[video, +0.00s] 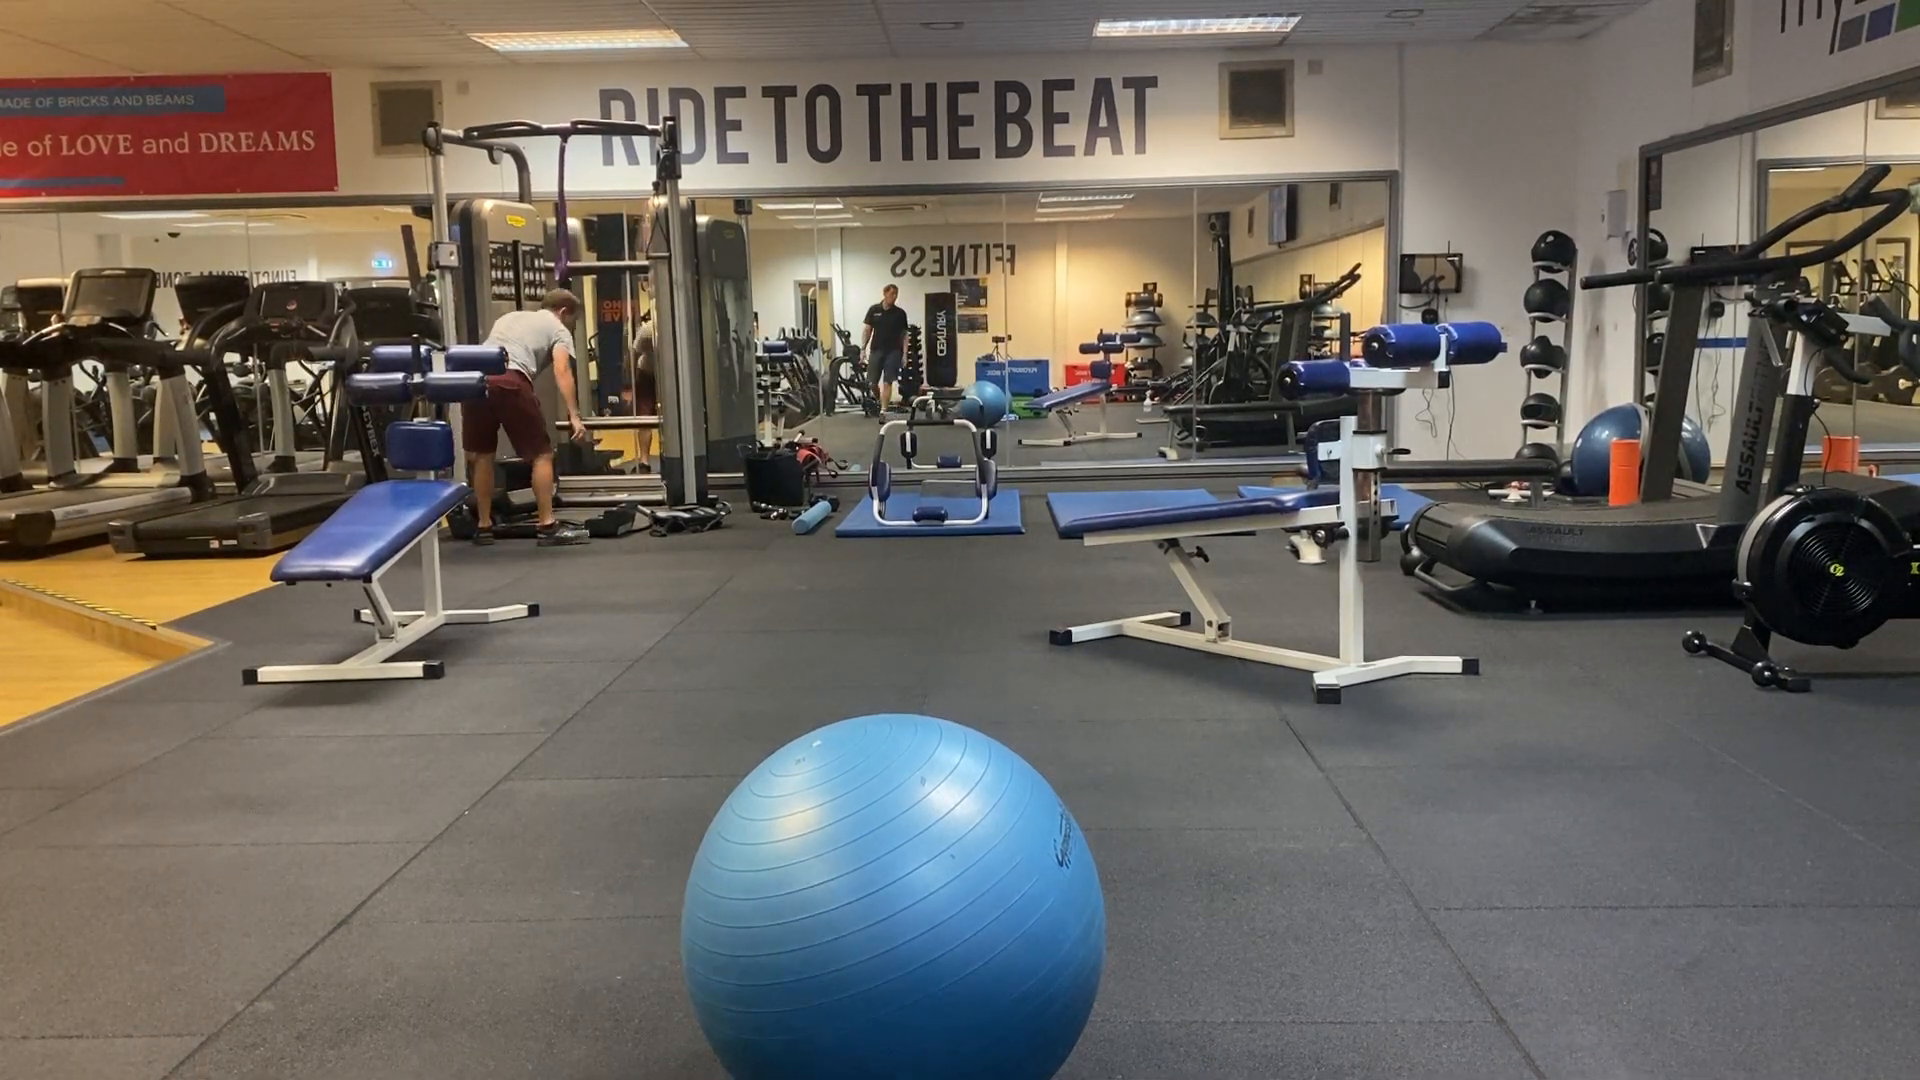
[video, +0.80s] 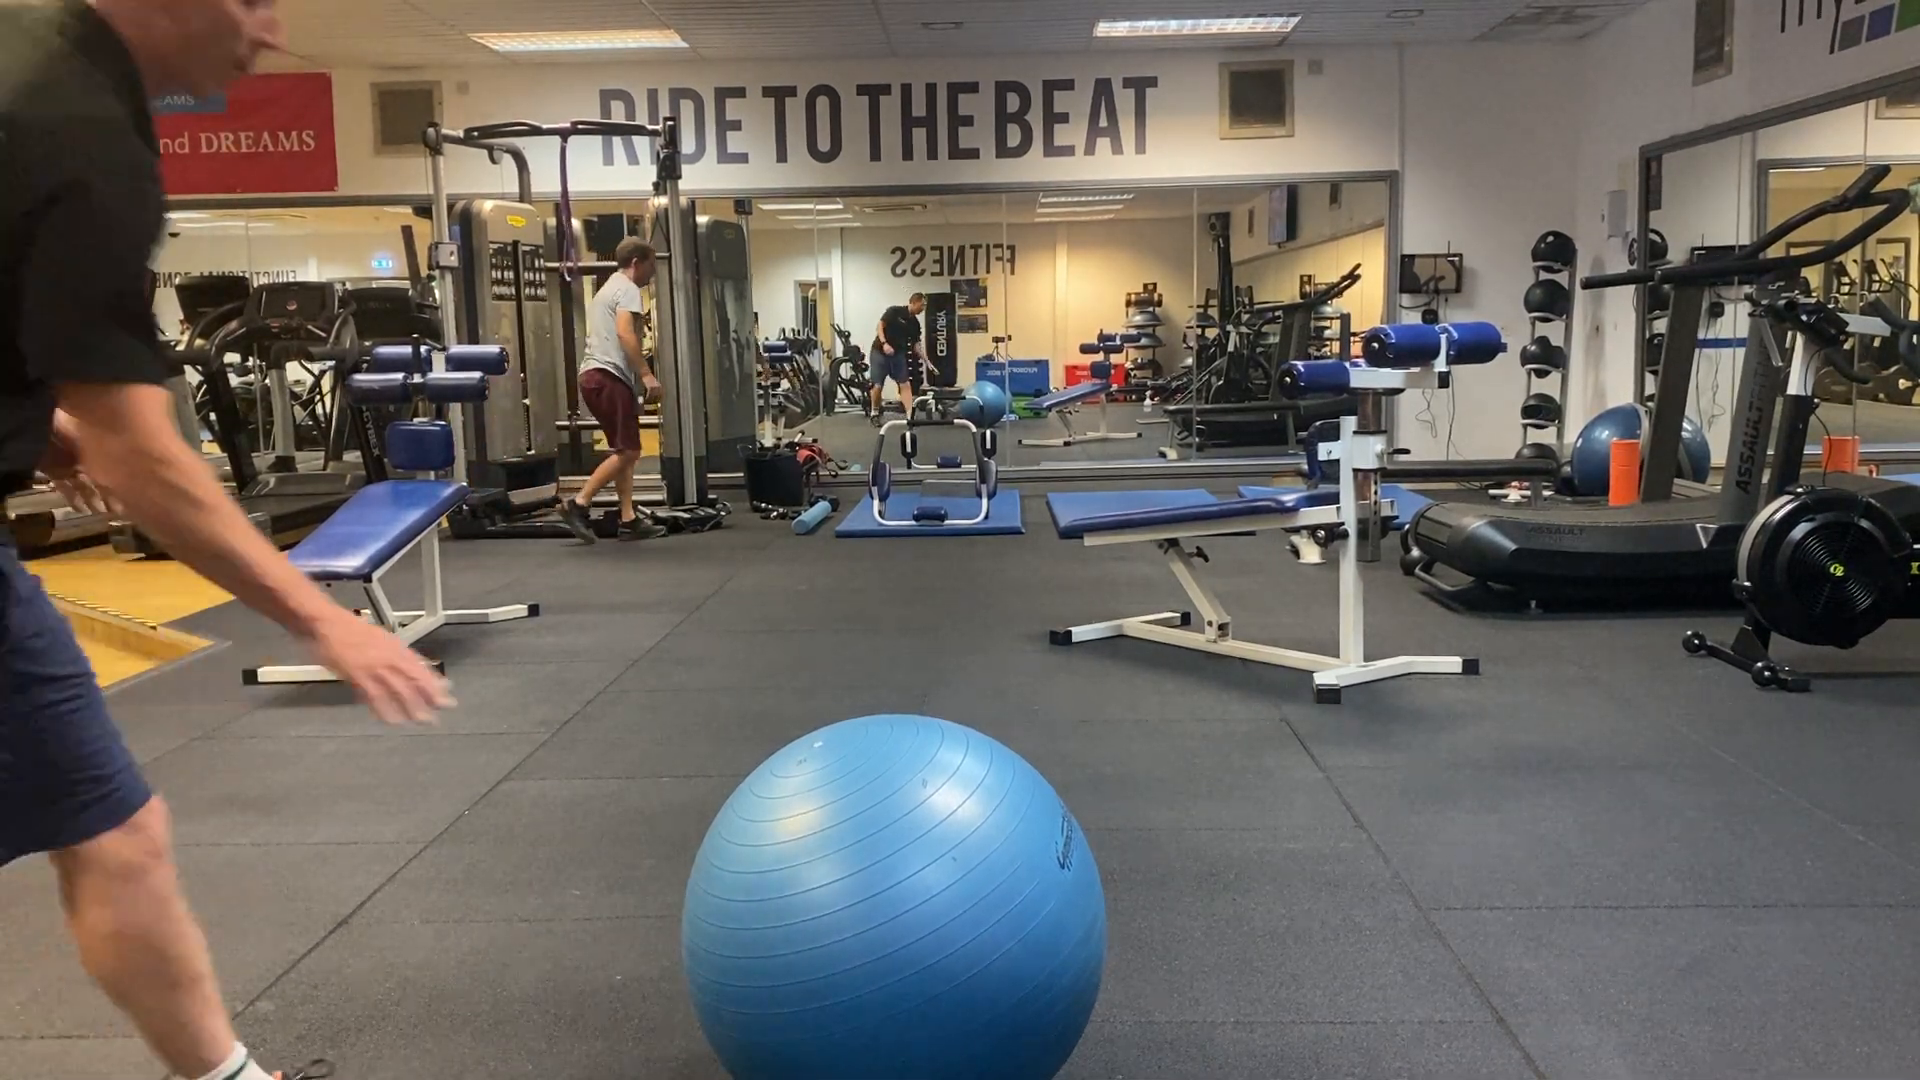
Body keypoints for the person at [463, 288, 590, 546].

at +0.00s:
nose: (571, 326)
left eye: (573, 321)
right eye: (572, 320)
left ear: (545, 308)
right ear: (563, 311)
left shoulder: (508, 317)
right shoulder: (558, 329)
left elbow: (486, 350)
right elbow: (562, 372)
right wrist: (574, 415)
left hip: (476, 381)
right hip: (511, 383)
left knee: (483, 456)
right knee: (541, 455)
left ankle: (483, 526)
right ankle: (547, 525)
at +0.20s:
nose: (598, 303)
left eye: (600, 297)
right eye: (598, 296)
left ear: (570, 289)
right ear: (586, 292)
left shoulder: (534, 306)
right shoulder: (581, 315)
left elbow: (508, 350)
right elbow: (574, 360)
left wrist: (496, 399)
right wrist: (577, 407)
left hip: (505, 381)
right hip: (537, 382)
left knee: (513, 454)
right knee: (555, 456)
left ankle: (492, 520)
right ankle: (549, 526)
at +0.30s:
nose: (607, 295)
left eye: (608, 289)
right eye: (606, 288)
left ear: (577, 282)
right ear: (594, 284)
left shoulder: (545, 301)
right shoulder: (589, 310)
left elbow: (527, 347)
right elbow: (581, 359)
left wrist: (515, 402)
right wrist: (585, 402)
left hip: (514, 378)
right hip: (542, 378)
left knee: (539, 450)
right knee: (560, 454)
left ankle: (514, 510)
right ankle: (550, 525)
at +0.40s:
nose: (615, 288)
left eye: (616, 282)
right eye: (614, 281)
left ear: (583, 276)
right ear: (599, 277)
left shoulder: (554, 298)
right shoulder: (594, 303)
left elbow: (546, 345)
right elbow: (591, 354)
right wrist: (597, 399)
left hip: (527, 376)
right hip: (550, 377)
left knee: (580, 443)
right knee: (563, 454)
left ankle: (551, 508)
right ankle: (550, 526)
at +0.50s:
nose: (622, 283)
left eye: (622, 276)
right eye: (621, 276)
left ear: (592, 272)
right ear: (606, 273)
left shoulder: (566, 296)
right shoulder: (601, 299)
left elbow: (558, 342)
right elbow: (600, 349)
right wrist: (613, 393)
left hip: (543, 377)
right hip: (563, 378)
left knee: (602, 439)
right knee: (571, 453)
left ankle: (594, 512)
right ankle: (550, 525)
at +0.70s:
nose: (641, 275)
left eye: (641, 269)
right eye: (639, 268)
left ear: (616, 268)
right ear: (624, 267)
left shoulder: (597, 291)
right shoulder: (616, 292)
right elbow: (618, 341)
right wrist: (642, 380)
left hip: (579, 379)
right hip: (593, 380)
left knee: (622, 446)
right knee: (597, 455)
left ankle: (628, 519)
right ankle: (558, 517)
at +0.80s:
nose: (653, 272)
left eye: (654, 266)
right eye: (651, 265)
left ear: (628, 264)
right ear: (635, 263)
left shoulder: (610, 288)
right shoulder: (626, 288)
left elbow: (611, 337)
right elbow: (625, 333)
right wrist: (646, 375)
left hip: (594, 375)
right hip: (607, 376)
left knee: (626, 450)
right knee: (628, 450)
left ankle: (628, 517)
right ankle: (579, 504)